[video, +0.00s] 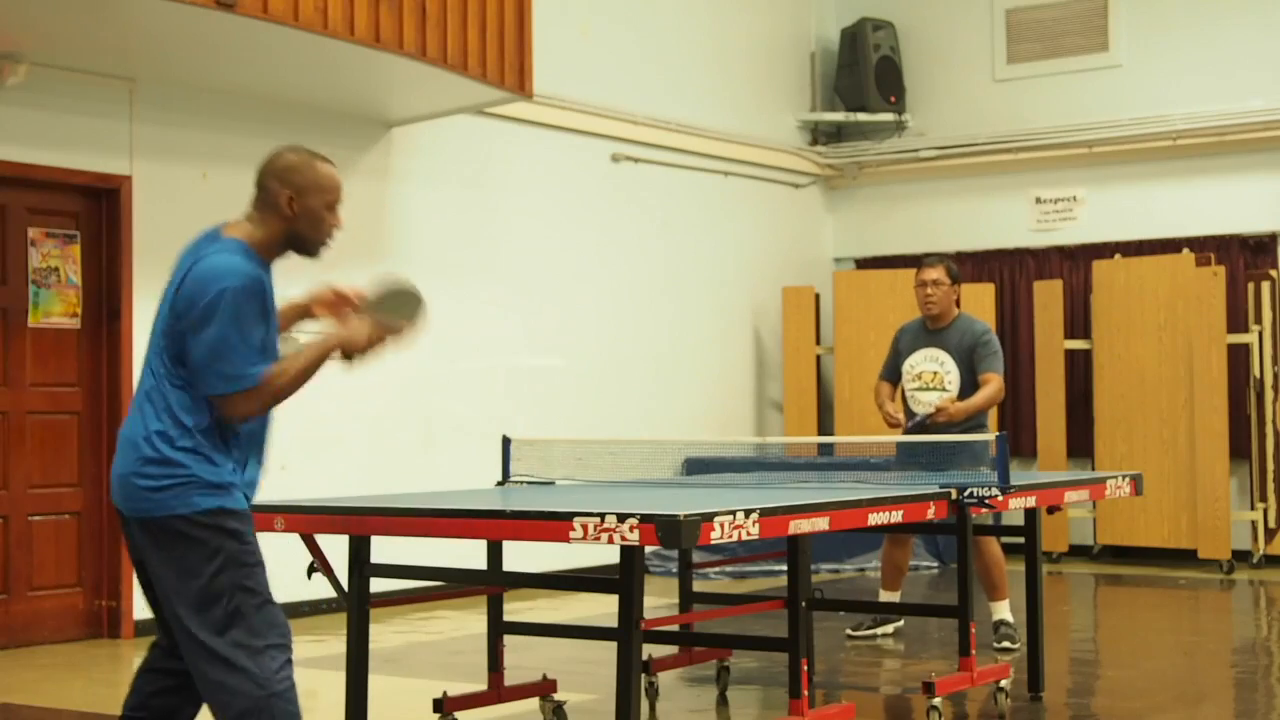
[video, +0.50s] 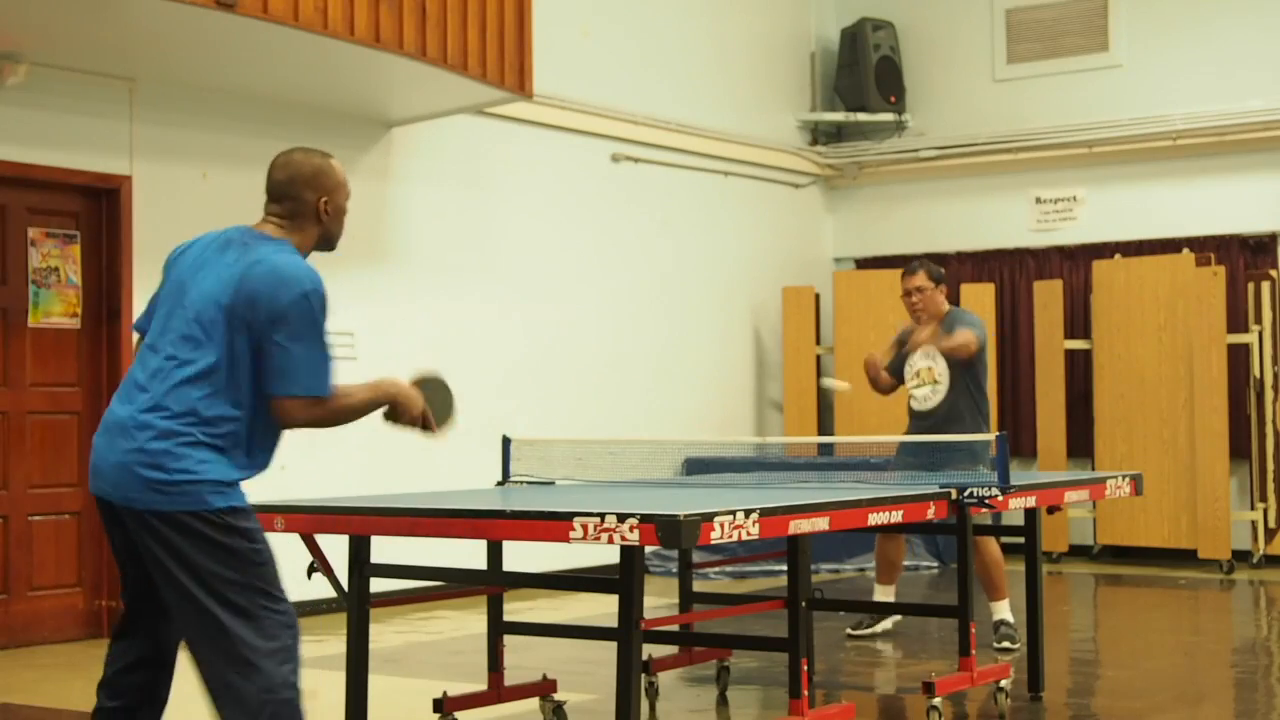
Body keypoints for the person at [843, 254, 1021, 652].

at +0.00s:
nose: (927, 293)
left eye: (935, 285)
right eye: (921, 286)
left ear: (955, 291)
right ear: (915, 291)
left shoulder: (979, 335)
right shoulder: (906, 335)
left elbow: (994, 387)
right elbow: (884, 385)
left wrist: (962, 409)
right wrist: (887, 406)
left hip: (965, 450)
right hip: (914, 450)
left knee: (979, 530)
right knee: (898, 528)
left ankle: (1002, 618)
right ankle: (887, 612)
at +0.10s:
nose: (925, 294)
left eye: (934, 286)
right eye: (920, 287)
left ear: (954, 291)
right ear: (914, 292)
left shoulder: (978, 334)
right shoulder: (905, 336)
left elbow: (998, 385)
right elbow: (881, 384)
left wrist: (961, 405)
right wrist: (883, 406)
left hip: (965, 449)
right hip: (913, 450)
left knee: (980, 530)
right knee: (896, 528)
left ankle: (1003, 618)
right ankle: (887, 612)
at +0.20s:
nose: (924, 301)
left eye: (931, 293)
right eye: (917, 294)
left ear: (952, 295)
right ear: (912, 298)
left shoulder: (978, 337)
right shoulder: (906, 340)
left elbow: (1000, 387)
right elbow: (881, 388)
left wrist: (956, 406)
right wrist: (879, 406)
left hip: (965, 456)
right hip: (911, 456)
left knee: (981, 531)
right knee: (893, 531)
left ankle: (1003, 618)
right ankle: (888, 615)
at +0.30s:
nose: (918, 308)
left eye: (926, 300)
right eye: (913, 301)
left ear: (947, 298)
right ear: (908, 304)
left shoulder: (974, 338)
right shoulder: (907, 343)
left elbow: (996, 386)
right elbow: (884, 388)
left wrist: (942, 405)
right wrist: (877, 398)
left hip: (965, 458)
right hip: (912, 459)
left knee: (981, 532)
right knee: (889, 529)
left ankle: (1003, 619)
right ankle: (888, 615)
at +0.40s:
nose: (914, 309)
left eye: (921, 301)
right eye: (908, 303)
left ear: (943, 300)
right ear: (904, 306)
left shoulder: (969, 333)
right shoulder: (910, 344)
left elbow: (987, 371)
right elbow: (894, 394)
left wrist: (930, 386)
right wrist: (880, 389)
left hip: (965, 452)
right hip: (917, 452)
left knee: (979, 532)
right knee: (892, 528)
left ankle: (1003, 620)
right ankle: (888, 614)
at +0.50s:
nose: (912, 300)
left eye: (919, 292)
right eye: (907, 294)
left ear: (941, 291)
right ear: (903, 298)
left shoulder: (965, 321)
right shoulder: (909, 335)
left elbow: (965, 346)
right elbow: (886, 386)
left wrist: (931, 343)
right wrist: (874, 369)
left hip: (964, 445)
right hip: (917, 445)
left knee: (977, 529)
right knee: (890, 521)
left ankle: (1003, 618)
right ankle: (884, 607)